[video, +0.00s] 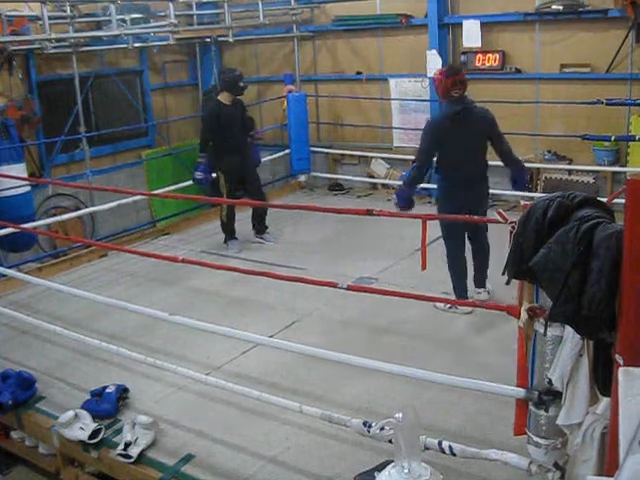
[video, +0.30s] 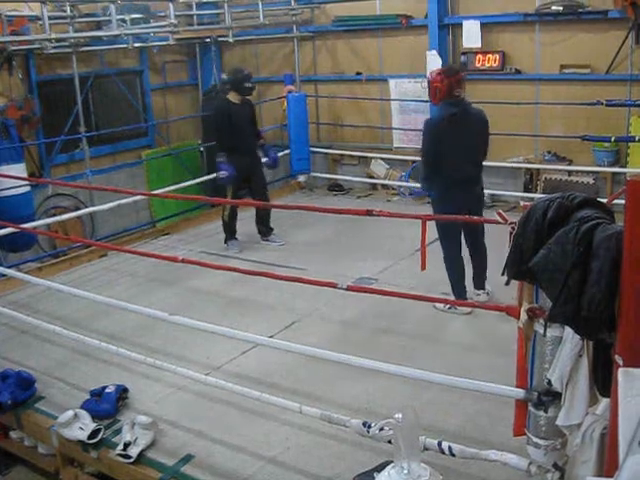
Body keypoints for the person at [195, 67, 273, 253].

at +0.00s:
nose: (243, 86)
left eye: (242, 82)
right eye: (239, 83)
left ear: (229, 85)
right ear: (229, 85)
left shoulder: (239, 105)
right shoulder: (212, 109)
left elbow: (245, 129)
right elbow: (206, 136)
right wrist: (203, 160)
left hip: (244, 159)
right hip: (224, 161)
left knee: (258, 196)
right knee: (228, 199)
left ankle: (260, 230)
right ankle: (230, 237)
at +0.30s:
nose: (250, 86)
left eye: (250, 82)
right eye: (246, 83)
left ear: (244, 84)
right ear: (235, 85)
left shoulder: (247, 104)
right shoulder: (222, 106)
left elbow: (254, 131)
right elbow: (219, 136)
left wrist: (265, 149)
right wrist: (221, 160)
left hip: (251, 157)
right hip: (231, 159)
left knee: (262, 196)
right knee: (231, 199)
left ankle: (266, 232)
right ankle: (230, 238)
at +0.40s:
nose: (253, 86)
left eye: (253, 82)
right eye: (249, 83)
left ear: (252, 83)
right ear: (239, 85)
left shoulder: (252, 104)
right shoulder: (228, 107)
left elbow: (260, 130)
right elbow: (226, 136)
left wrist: (271, 146)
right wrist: (233, 160)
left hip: (256, 156)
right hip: (238, 158)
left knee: (264, 195)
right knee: (236, 198)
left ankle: (266, 232)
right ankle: (231, 237)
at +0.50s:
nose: (258, 85)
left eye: (259, 81)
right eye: (253, 82)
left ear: (260, 82)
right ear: (243, 84)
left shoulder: (258, 104)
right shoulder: (235, 106)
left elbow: (265, 124)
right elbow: (233, 133)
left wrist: (274, 136)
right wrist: (240, 154)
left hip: (261, 154)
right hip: (244, 156)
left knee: (266, 197)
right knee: (241, 198)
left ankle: (266, 233)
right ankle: (232, 237)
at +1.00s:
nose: (285, 88)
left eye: (286, 84)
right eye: (280, 85)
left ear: (288, 85)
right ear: (271, 87)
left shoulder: (288, 103)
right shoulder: (260, 106)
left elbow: (302, 125)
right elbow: (257, 135)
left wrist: (316, 125)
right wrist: (270, 138)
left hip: (280, 154)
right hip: (261, 156)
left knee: (278, 194)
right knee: (274, 195)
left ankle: (265, 231)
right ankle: (287, 236)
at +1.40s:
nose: (302, 92)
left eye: (305, 88)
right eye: (298, 88)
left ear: (308, 88)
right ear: (289, 89)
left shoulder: (309, 104)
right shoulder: (280, 107)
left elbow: (327, 124)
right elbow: (282, 131)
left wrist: (333, 112)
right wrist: (295, 117)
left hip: (307, 160)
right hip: (288, 162)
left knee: (322, 197)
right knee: (296, 204)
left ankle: (311, 225)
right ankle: (297, 240)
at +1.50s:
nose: (306, 97)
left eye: (309, 93)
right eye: (302, 93)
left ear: (313, 92)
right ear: (295, 92)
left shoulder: (316, 106)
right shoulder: (286, 107)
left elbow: (333, 127)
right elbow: (288, 130)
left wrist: (338, 113)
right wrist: (301, 116)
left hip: (313, 159)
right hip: (293, 161)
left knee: (329, 196)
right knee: (298, 203)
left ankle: (336, 231)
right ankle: (299, 241)